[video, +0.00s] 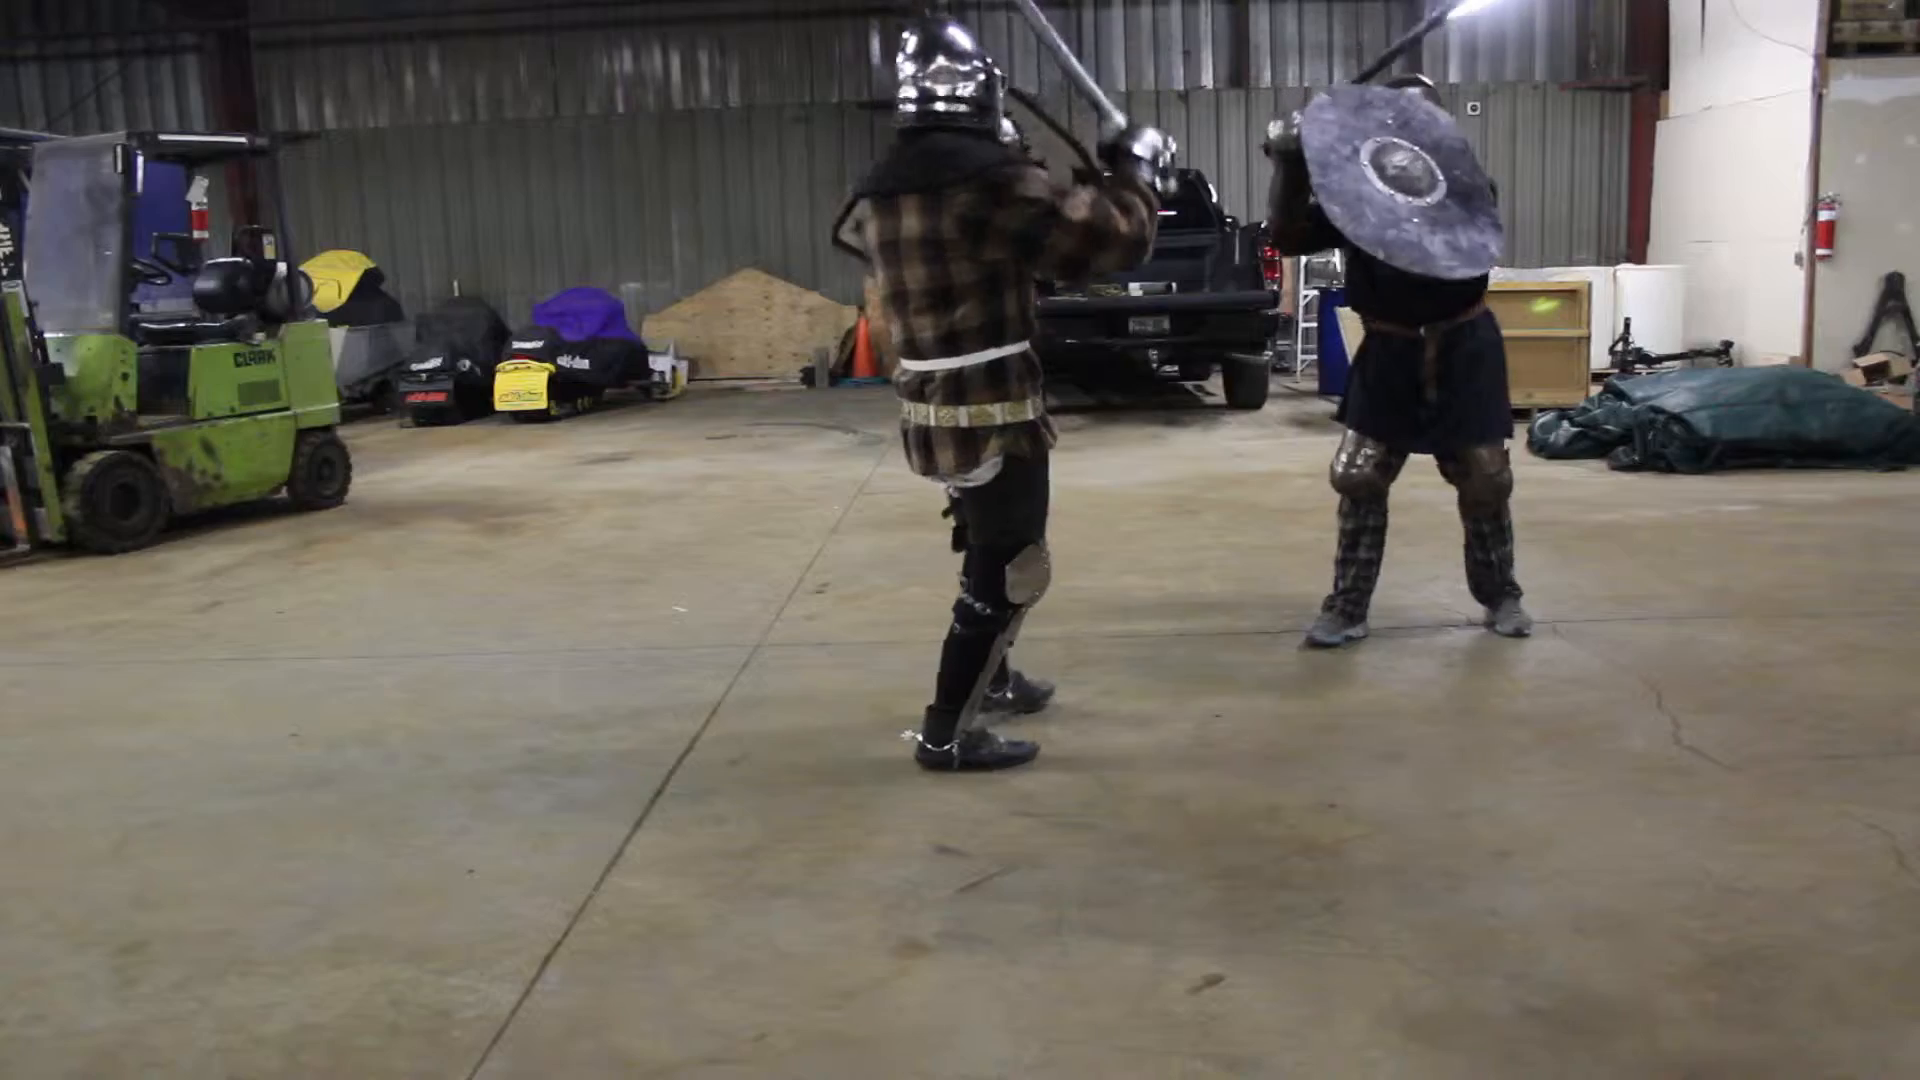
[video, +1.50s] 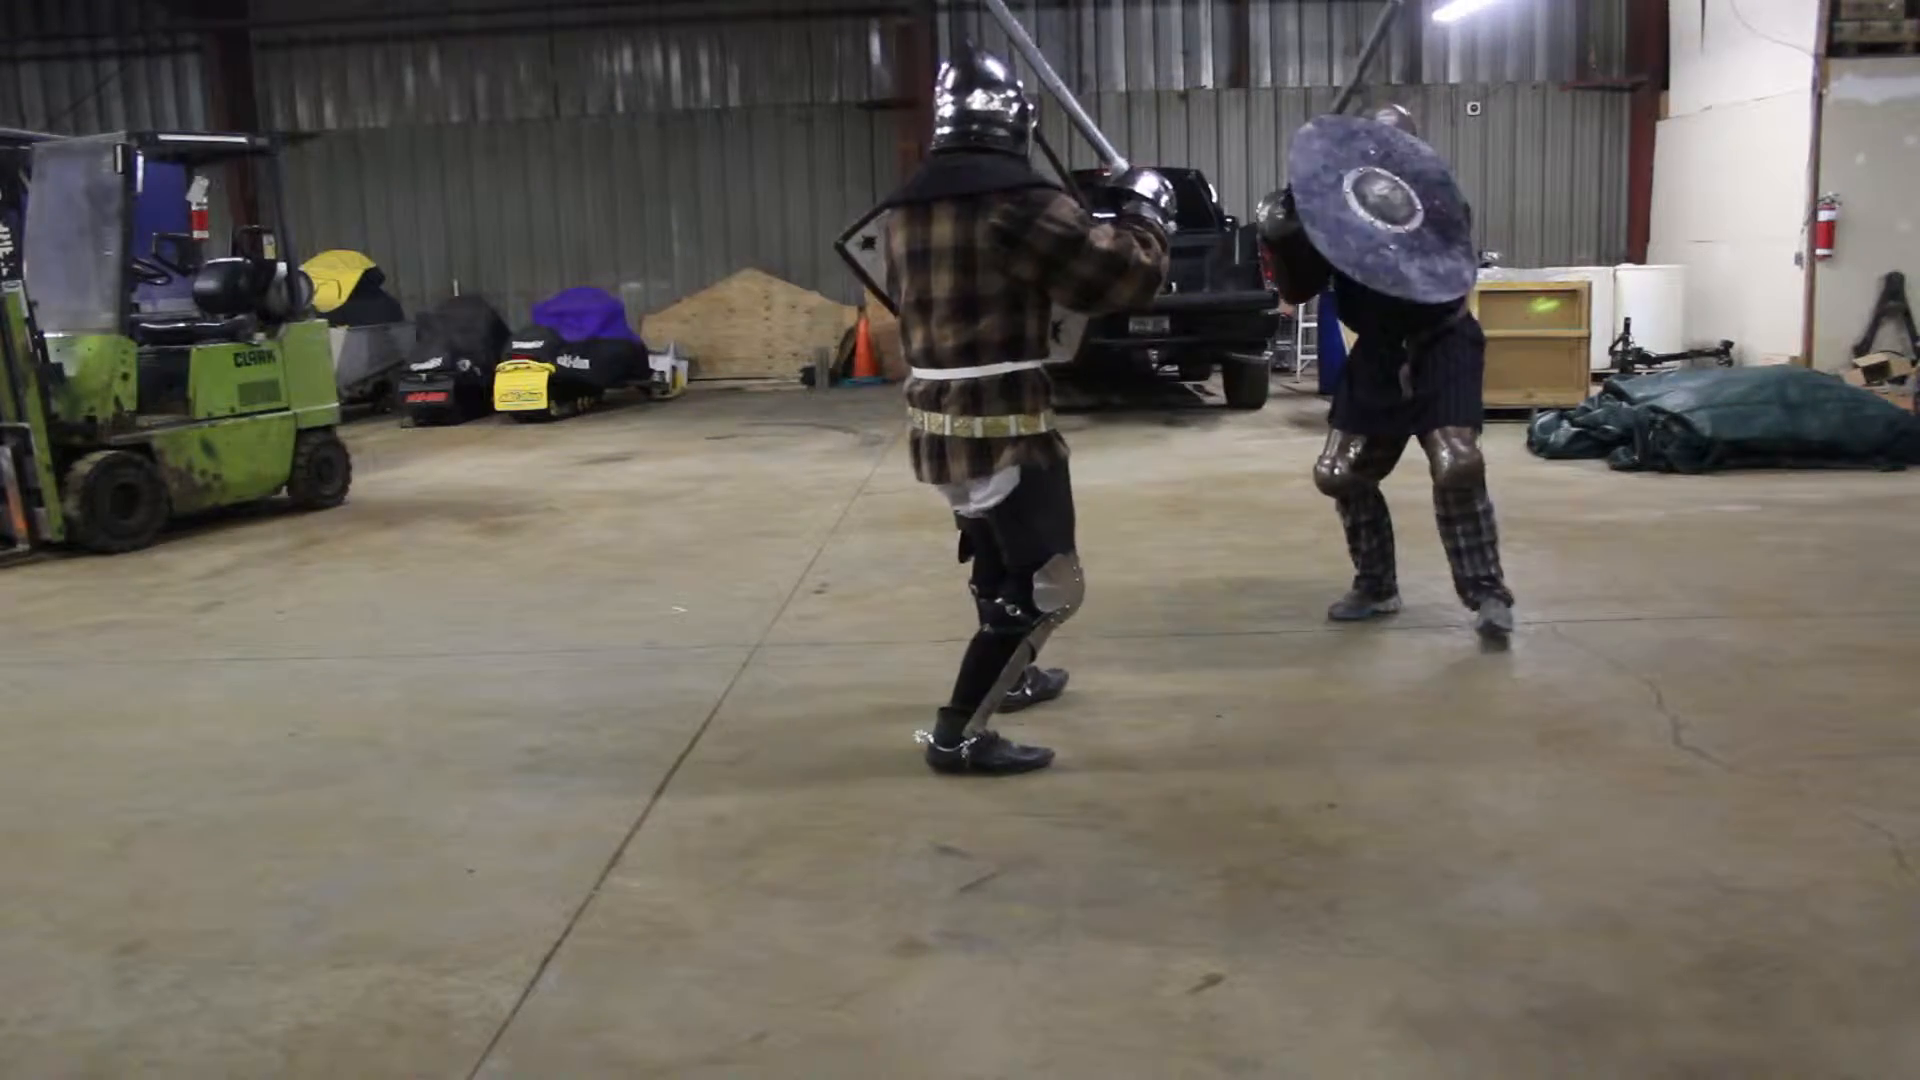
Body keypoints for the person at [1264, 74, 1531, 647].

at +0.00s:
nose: (1403, 147)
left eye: (1416, 133)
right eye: (1390, 137)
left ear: (1435, 142)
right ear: (1373, 149)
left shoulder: (1463, 193)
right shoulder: (1356, 202)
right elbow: (1288, 236)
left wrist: (1432, 127)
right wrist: (1291, 161)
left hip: (1467, 341)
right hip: (1388, 344)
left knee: (1487, 473)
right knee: (1358, 476)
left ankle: (1502, 596)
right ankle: (1347, 608)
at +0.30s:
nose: (1421, 150)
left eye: (1432, 138)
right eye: (1409, 138)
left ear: (1451, 144)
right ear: (1391, 144)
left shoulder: (1476, 208)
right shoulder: (1370, 210)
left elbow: (1464, 275)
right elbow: (1330, 290)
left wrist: (1421, 206)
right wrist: (1300, 231)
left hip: (1471, 349)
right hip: (1395, 352)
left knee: (1486, 487)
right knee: (1357, 477)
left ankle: (1511, 593)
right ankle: (1346, 611)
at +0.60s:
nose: (1456, 168)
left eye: (1465, 155)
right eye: (1445, 156)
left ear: (1482, 161)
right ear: (1426, 163)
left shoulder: (1504, 225)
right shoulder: (1406, 228)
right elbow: (1343, 289)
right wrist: (1339, 219)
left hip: (1504, 363)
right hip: (1434, 366)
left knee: (1507, 499)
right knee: (1383, 480)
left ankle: (1545, 601)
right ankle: (1350, 606)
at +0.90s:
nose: (1442, 144)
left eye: (1455, 132)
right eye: (1431, 131)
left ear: (1477, 138)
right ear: (1415, 134)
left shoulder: (1504, 206)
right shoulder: (1403, 199)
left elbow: (1508, 290)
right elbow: (1342, 260)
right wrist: (1329, 204)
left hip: (1499, 342)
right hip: (1428, 343)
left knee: (1505, 485)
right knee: (1372, 462)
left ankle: (1542, 598)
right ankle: (1378, 581)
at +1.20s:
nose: (1403, 149)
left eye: (1416, 137)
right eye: (1392, 136)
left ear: (1436, 143)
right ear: (1377, 139)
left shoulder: (1457, 204)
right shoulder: (1363, 201)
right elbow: (1311, 272)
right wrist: (1292, 224)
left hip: (1456, 342)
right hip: (1387, 341)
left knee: (1470, 472)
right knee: (1347, 466)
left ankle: (1524, 591)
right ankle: (1376, 588)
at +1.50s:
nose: (1383, 157)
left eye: (1396, 146)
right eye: (1373, 147)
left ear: (1412, 149)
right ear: (1355, 152)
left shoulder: (1434, 199)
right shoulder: (1333, 201)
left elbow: (1459, 267)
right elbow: (1298, 291)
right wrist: (1281, 238)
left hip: (1445, 332)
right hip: (1378, 342)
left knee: (1457, 466)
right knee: (1340, 472)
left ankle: (1489, 597)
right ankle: (1376, 587)